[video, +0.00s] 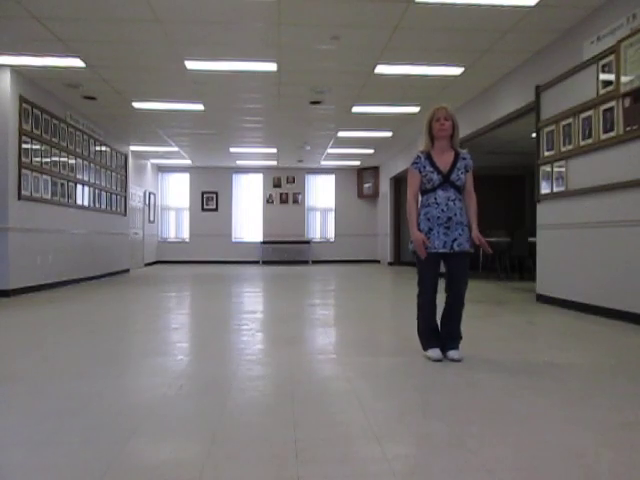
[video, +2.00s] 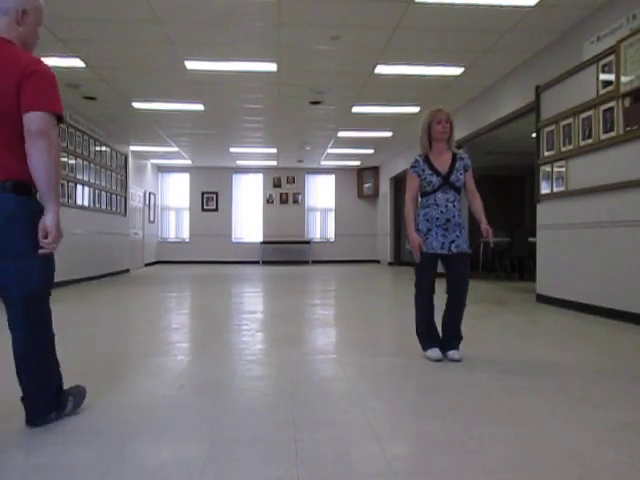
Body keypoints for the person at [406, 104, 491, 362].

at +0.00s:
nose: (443, 124)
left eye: (446, 120)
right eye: (438, 121)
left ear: (454, 126)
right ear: (430, 127)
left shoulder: (464, 159)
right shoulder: (420, 160)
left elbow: (469, 195)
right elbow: (412, 197)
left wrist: (474, 228)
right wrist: (414, 231)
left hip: (458, 228)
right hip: (429, 228)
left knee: (457, 289)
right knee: (427, 289)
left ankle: (451, 343)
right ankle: (430, 343)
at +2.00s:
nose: (444, 126)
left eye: (447, 123)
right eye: (438, 123)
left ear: (452, 128)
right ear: (429, 128)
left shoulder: (462, 160)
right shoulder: (419, 163)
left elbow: (472, 194)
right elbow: (410, 201)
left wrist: (483, 221)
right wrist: (412, 233)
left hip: (456, 232)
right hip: (427, 232)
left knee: (459, 287)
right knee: (425, 289)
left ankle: (451, 343)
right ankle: (430, 343)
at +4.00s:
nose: (441, 125)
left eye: (445, 121)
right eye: (436, 121)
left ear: (452, 126)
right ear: (428, 127)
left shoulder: (462, 158)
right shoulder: (420, 159)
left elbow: (474, 192)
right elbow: (413, 195)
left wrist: (487, 218)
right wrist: (413, 226)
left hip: (456, 231)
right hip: (427, 231)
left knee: (454, 291)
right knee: (428, 290)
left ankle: (450, 343)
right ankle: (430, 343)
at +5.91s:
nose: (451, 127)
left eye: (454, 123)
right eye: (445, 123)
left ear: (458, 127)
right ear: (435, 128)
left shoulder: (465, 157)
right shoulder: (424, 159)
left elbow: (475, 190)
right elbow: (413, 198)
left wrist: (486, 211)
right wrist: (414, 233)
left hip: (458, 232)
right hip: (429, 232)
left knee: (457, 289)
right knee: (428, 289)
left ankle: (451, 343)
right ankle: (430, 343)